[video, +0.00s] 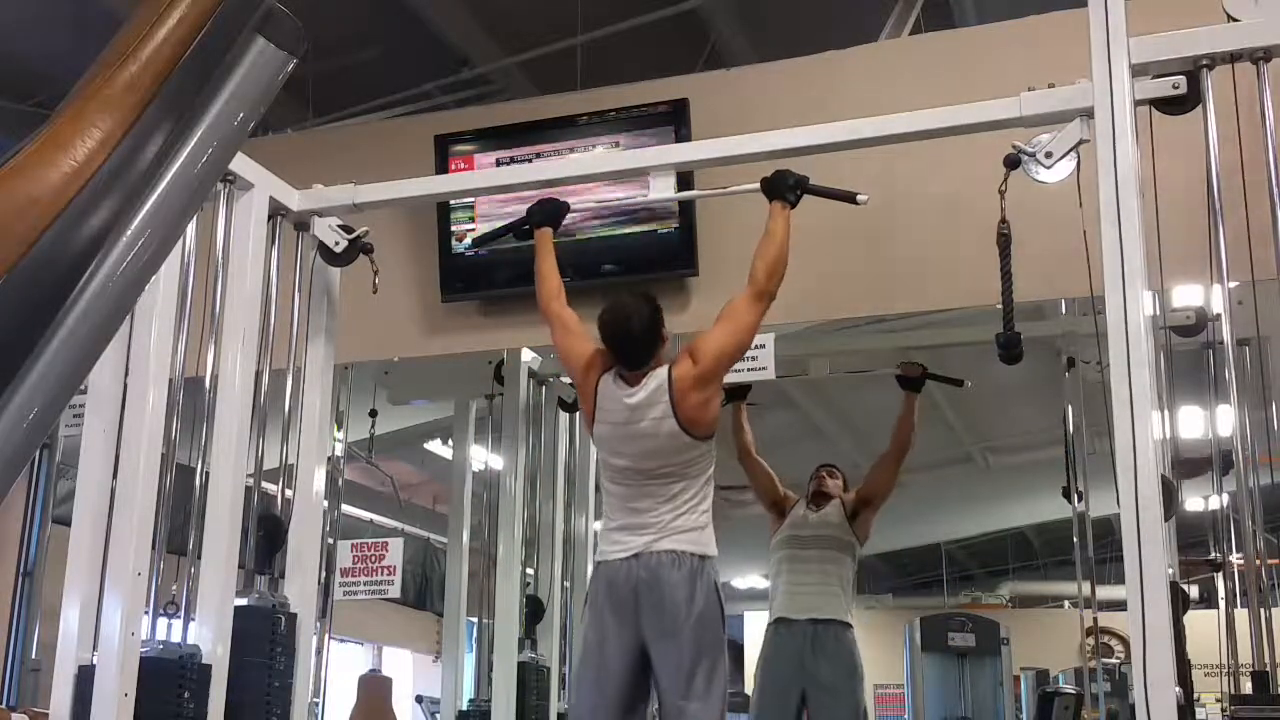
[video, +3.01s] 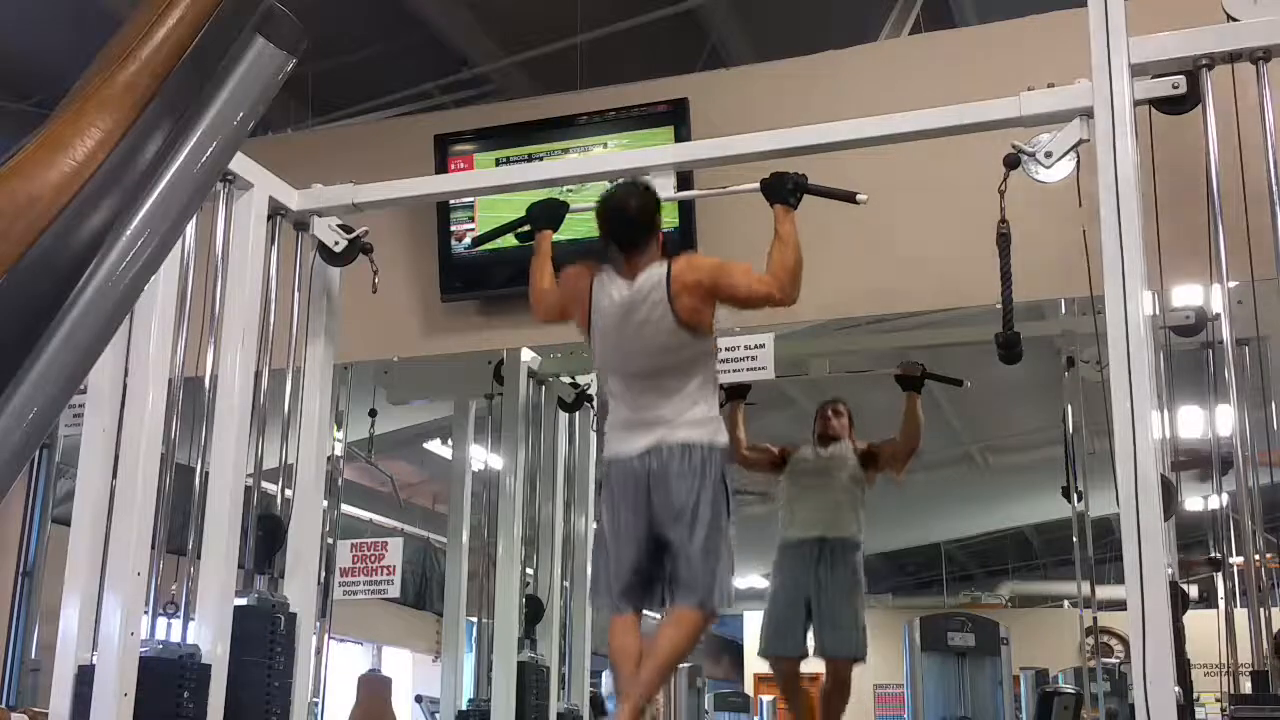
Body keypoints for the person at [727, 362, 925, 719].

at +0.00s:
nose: (823, 476)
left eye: (832, 475)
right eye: (817, 475)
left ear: (844, 490)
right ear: (807, 488)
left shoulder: (855, 509)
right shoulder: (785, 507)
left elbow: (897, 452)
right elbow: (747, 454)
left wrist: (910, 394)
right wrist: (738, 401)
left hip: (834, 638)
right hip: (781, 636)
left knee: (843, 713)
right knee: (769, 713)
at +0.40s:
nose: (830, 442)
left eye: (837, 440)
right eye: (824, 440)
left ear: (850, 454)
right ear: (814, 452)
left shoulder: (860, 482)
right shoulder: (790, 478)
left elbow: (898, 451)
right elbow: (739, 454)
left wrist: (911, 396)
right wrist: (736, 404)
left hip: (835, 586)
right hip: (784, 583)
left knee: (836, 694)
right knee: (763, 690)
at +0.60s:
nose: (828, 396)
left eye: (836, 394)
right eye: (823, 395)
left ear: (849, 409)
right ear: (814, 409)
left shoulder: (861, 433)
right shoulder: (793, 437)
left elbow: (905, 447)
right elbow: (740, 451)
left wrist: (913, 394)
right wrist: (735, 405)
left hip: (838, 538)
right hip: (788, 537)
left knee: (834, 640)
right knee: (772, 635)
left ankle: (826, 716)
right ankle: (777, 715)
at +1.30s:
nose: (832, 444)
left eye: (840, 441)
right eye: (826, 441)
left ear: (854, 455)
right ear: (816, 453)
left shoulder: (863, 482)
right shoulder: (793, 482)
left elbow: (907, 449)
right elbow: (742, 454)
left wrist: (912, 394)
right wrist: (736, 401)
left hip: (841, 584)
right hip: (791, 584)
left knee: (840, 691)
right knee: (790, 690)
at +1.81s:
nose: (829, 418)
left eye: (837, 414)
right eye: (823, 415)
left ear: (851, 428)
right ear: (814, 428)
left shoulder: (861, 454)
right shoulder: (793, 455)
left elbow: (904, 449)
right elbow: (740, 453)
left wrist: (912, 392)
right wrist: (736, 401)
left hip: (840, 551)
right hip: (790, 551)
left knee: (836, 658)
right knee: (781, 652)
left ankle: (825, 717)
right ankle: (809, 715)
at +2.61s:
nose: (826, 465)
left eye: (835, 463)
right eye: (820, 463)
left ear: (848, 476)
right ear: (812, 475)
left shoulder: (860, 498)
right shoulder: (787, 497)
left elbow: (899, 455)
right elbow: (746, 457)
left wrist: (910, 396)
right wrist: (737, 402)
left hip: (837, 609)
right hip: (787, 609)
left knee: (841, 704)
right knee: (780, 704)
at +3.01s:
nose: (828, 418)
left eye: (836, 414)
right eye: (822, 415)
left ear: (850, 426)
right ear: (813, 427)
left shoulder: (861, 454)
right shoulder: (793, 456)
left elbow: (906, 445)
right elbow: (741, 453)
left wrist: (912, 393)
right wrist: (735, 401)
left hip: (842, 556)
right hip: (792, 556)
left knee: (840, 663)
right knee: (781, 660)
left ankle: (829, 717)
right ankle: (806, 715)